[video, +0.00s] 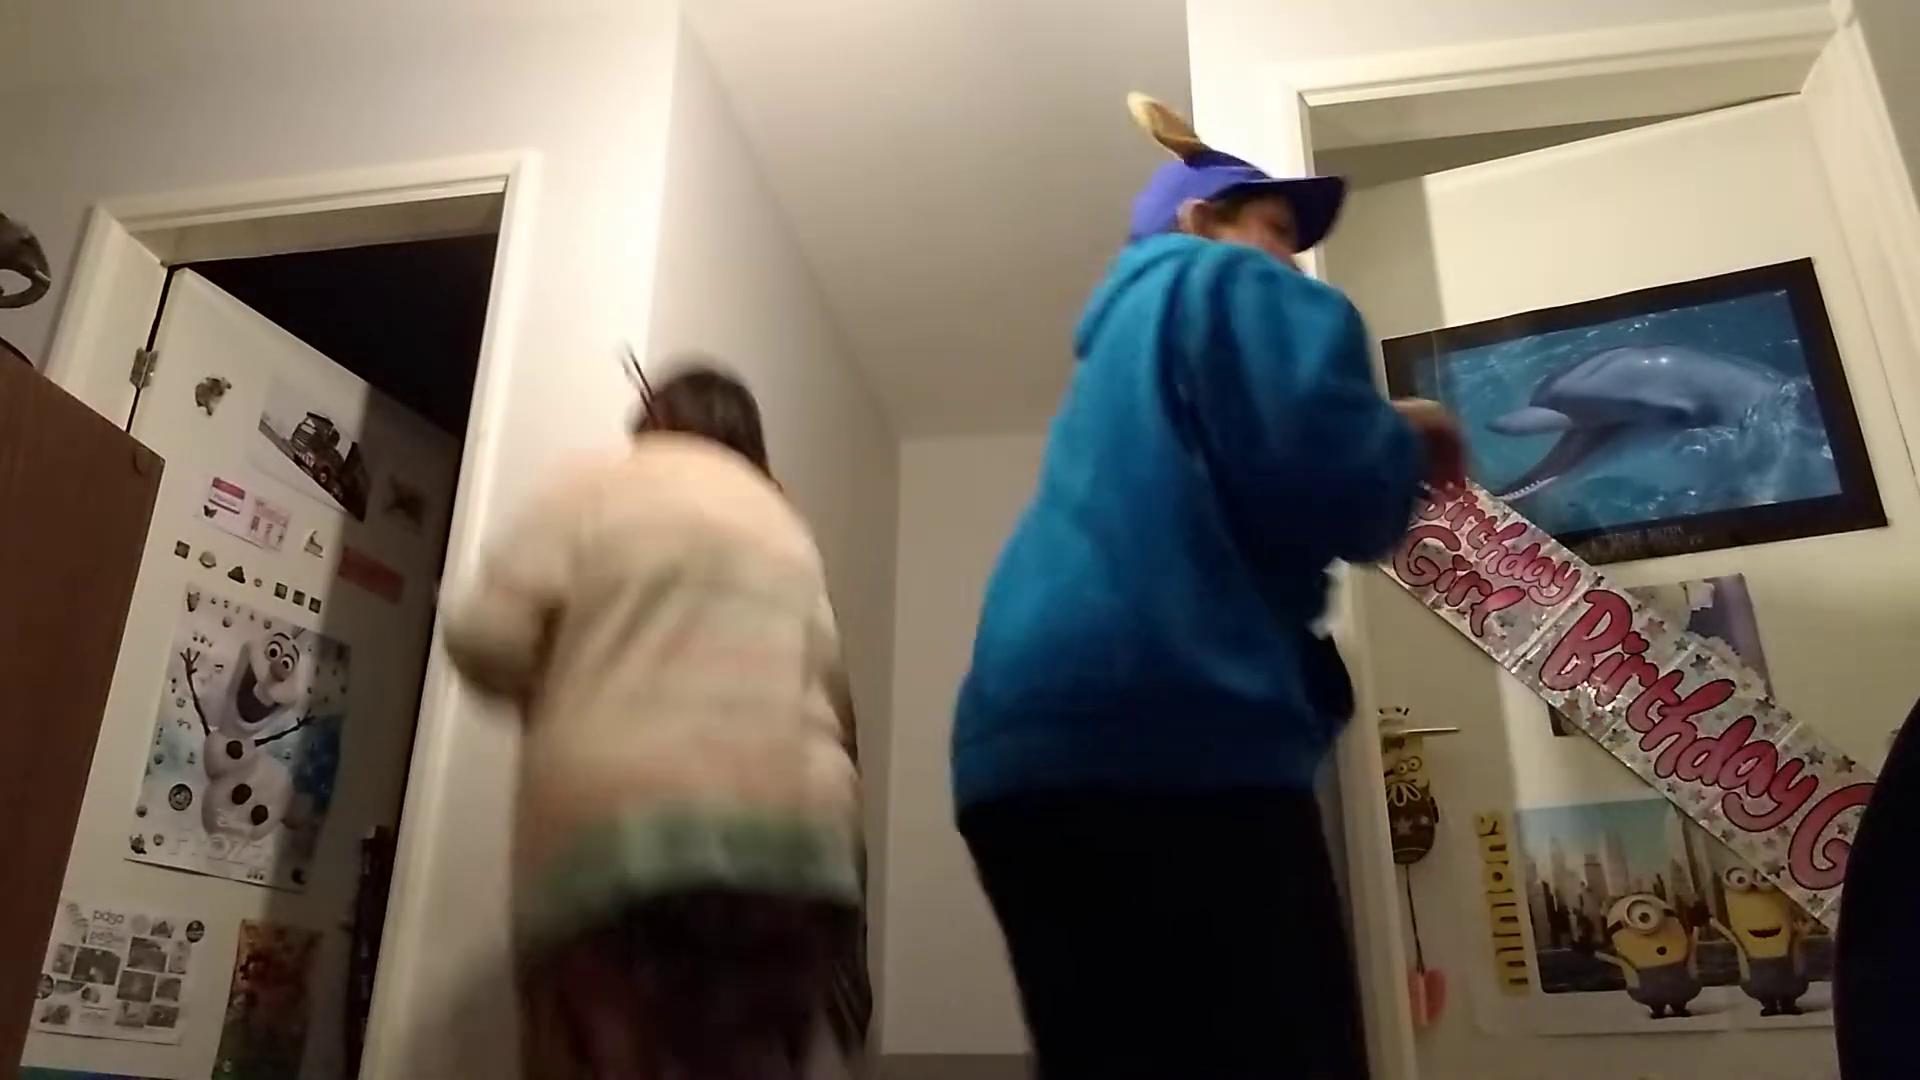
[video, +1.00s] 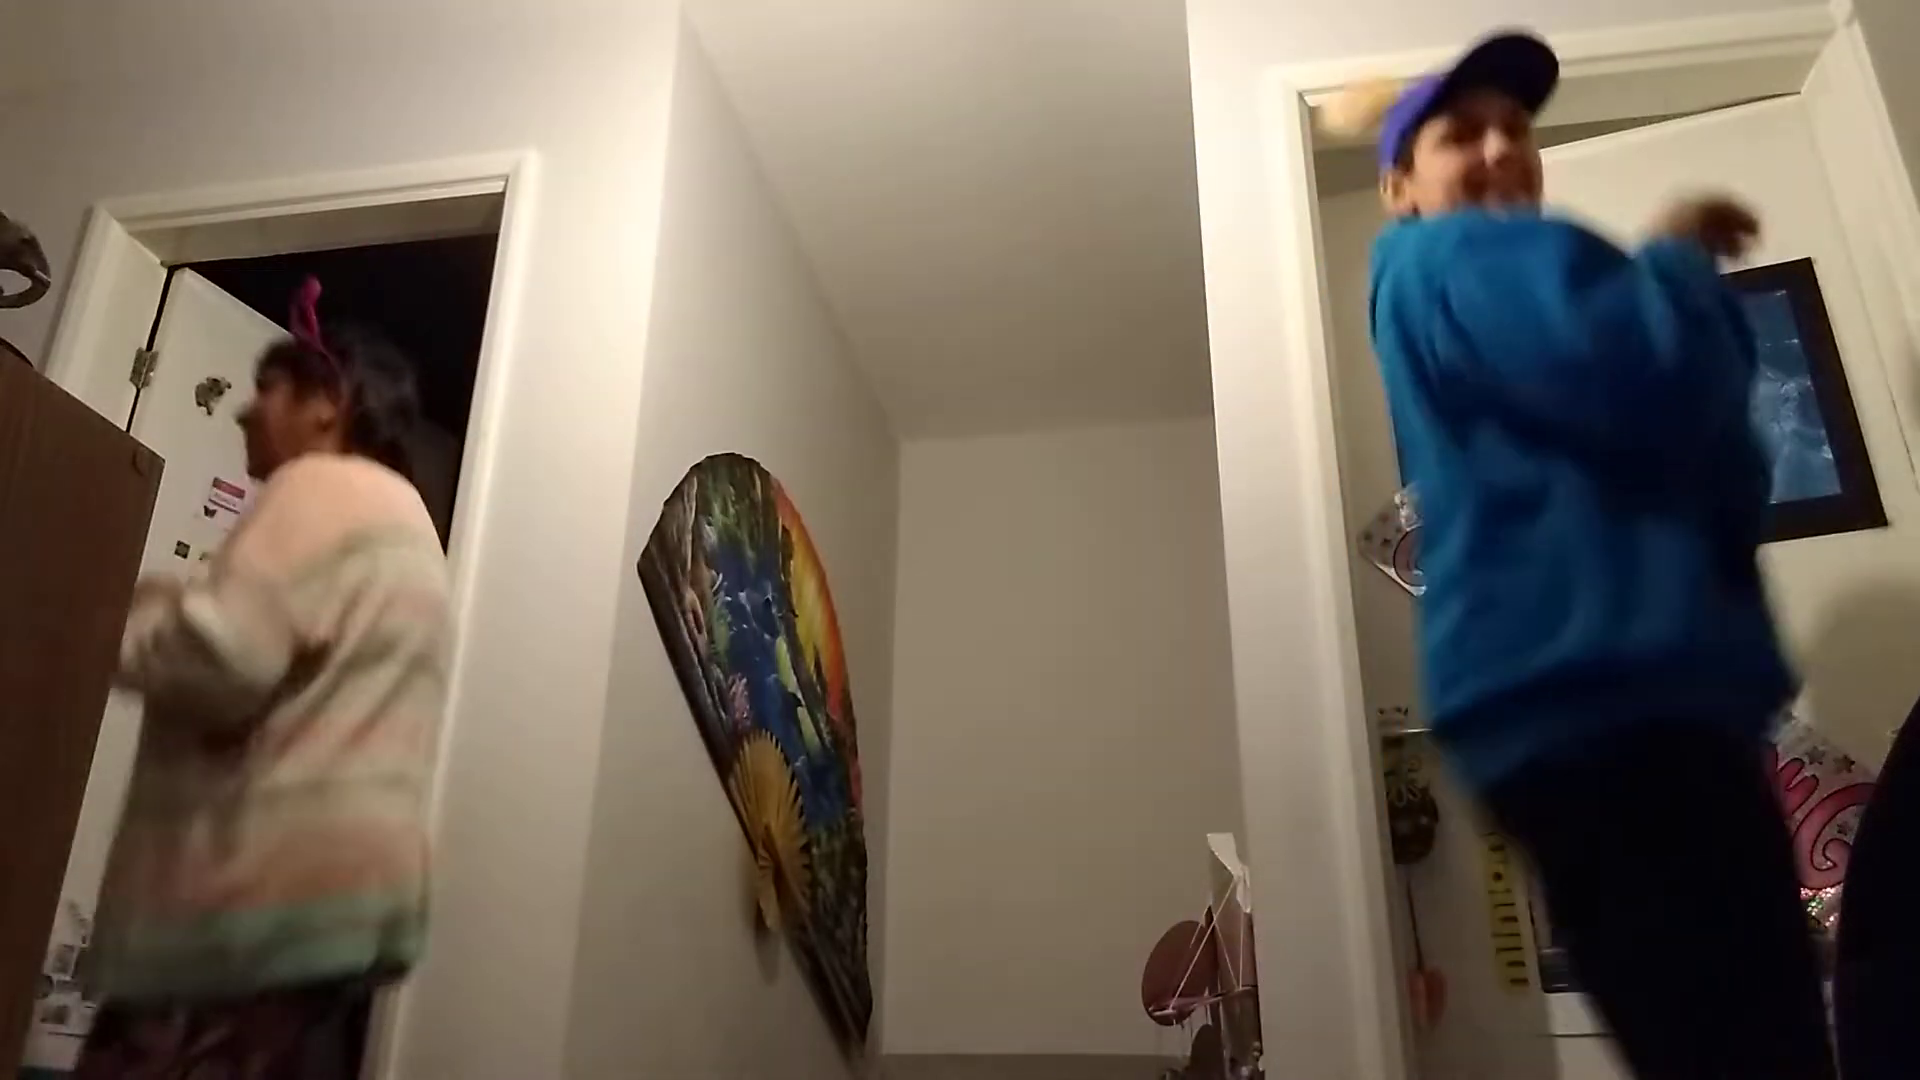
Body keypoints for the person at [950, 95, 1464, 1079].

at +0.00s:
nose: (1296, 251)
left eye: (1295, 233)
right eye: (1275, 226)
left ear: (1177, 229)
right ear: (1201, 217)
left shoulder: (1114, 342)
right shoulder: (1243, 290)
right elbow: (1350, 493)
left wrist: (1379, 432)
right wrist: (1410, 438)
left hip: (1026, 749)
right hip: (1175, 739)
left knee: (1104, 1054)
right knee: (1279, 1049)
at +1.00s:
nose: (1499, 150)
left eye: (1516, 131)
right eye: (1460, 132)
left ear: (1541, 162)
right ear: (1398, 186)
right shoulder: (1456, 255)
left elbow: (1732, 473)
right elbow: (1642, 374)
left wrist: (1685, 279)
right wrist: (1682, 252)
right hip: (1597, 699)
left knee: (1723, 1023)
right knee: (1743, 1021)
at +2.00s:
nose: (1557, 202)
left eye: (1581, 167)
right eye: (1548, 191)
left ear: (1677, 159)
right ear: (1554, 222)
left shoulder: (1818, 258)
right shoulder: (1568, 380)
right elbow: (1585, 650)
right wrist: (1527, 566)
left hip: (1856, 765)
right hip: (1669, 798)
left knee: (1876, 1048)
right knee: (1743, 1057)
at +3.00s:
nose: (1362, 218)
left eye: (1374, 181)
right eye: (1350, 200)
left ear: (1452, 155)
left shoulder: (1530, 215)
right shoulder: (1431, 320)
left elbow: (1442, 374)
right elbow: (1371, 565)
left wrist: (1340, 345)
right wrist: (1344, 404)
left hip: (1656, 683)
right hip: (1550, 711)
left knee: (1664, 1010)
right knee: (1594, 1021)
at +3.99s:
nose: (959, 288)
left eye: (969, 255)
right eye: (958, 265)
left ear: (1022, 229)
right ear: (1049, 234)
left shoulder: (1066, 301)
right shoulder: (1139, 314)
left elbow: (972, 493)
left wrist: (913, 428)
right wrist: (922, 441)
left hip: (1089, 755)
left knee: (1018, 1043)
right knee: (1130, 1044)